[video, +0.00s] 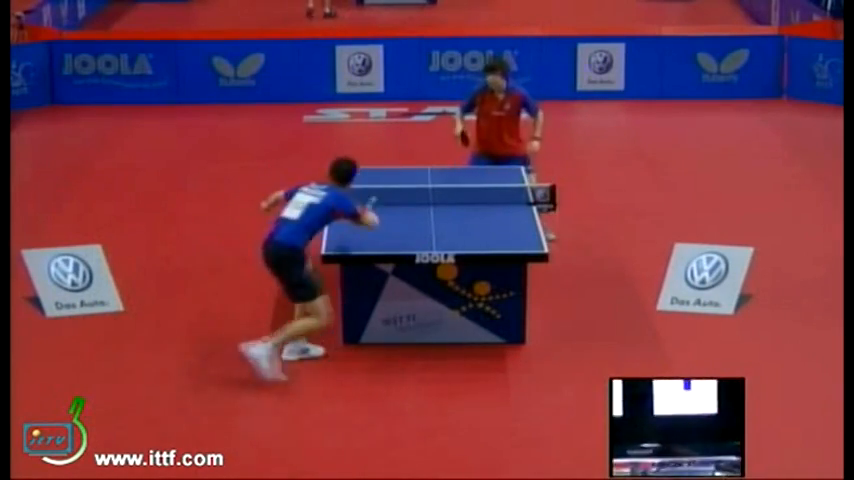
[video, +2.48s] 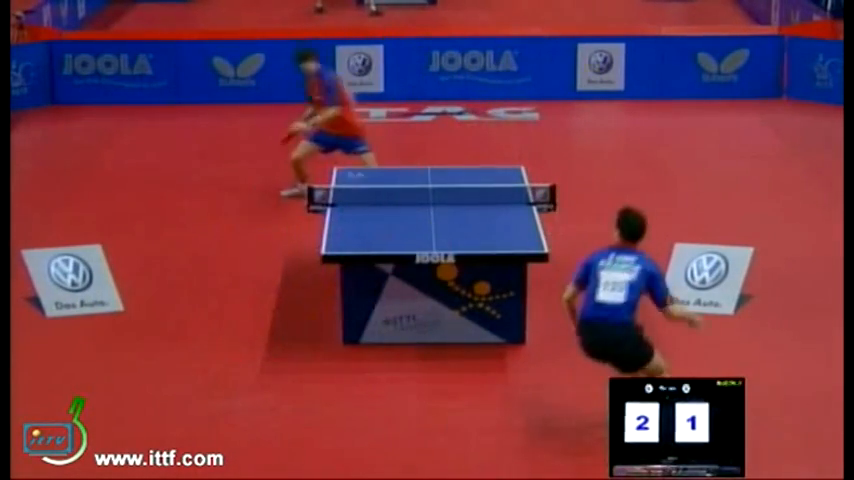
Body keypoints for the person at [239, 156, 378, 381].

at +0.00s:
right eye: (350, 178)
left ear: (330, 172)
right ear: (350, 181)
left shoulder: (308, 187)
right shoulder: (339, 199)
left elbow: (278, 196)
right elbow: (368, 222)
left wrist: (267, 205)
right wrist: (368, 214)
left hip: (272, 246)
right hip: (288, 252)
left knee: (310, 285)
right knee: (322, 317)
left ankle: (296, 343)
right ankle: (265, 347)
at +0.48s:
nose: (349, 181)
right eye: (349, 177)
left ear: (326, 175)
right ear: (348, 181)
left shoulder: (307, 197)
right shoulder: (349, 207)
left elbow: (278, 215)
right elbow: (371, 244)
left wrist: (300, 217)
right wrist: (381, 227)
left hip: (297, 268)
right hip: (332, 270)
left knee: (266, 301)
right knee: (369, 312)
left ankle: (264, 363)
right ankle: (405, 367)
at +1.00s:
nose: (266, 200)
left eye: (265, 195)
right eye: (264, 196)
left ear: (237, 200)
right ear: (256, 203)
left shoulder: (215, 220)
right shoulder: (258, 237)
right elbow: (285, 261)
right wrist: (309, 235)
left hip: (206, 298)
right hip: (241, 301)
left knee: (178, 319)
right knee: (295, 324)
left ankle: (146, 362)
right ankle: (281, 382)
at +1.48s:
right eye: (282, 190)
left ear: (261, 191)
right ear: (284, 193)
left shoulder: (241, 220)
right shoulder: (289, 225)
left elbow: (219, 259)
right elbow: (306, 269)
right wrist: (314, 266)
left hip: (238, 294)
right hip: (272, 295)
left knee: (222, 323)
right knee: (322, 330)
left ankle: (199, 379)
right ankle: (329, 391)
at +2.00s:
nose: (495, 238)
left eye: (496, 232)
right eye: (496, 233)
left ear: (475, 224)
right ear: (490, 234)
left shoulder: (457, 230)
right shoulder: (475, 265)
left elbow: (427, 231)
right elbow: (479, 303)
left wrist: (438, 253)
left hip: (411, 295)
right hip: (422, 309)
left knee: (448, 334)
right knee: (410, 385)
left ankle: (424, 393)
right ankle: (347, 421)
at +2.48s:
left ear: (618, 231)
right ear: (642, 233)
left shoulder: (597, 258)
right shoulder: (645, 264)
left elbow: (568, 297)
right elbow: (668, 310)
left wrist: (578, 326)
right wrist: (688, 317)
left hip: (589, 329)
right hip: (621, 331)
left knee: (636, 373)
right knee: (659, 372)